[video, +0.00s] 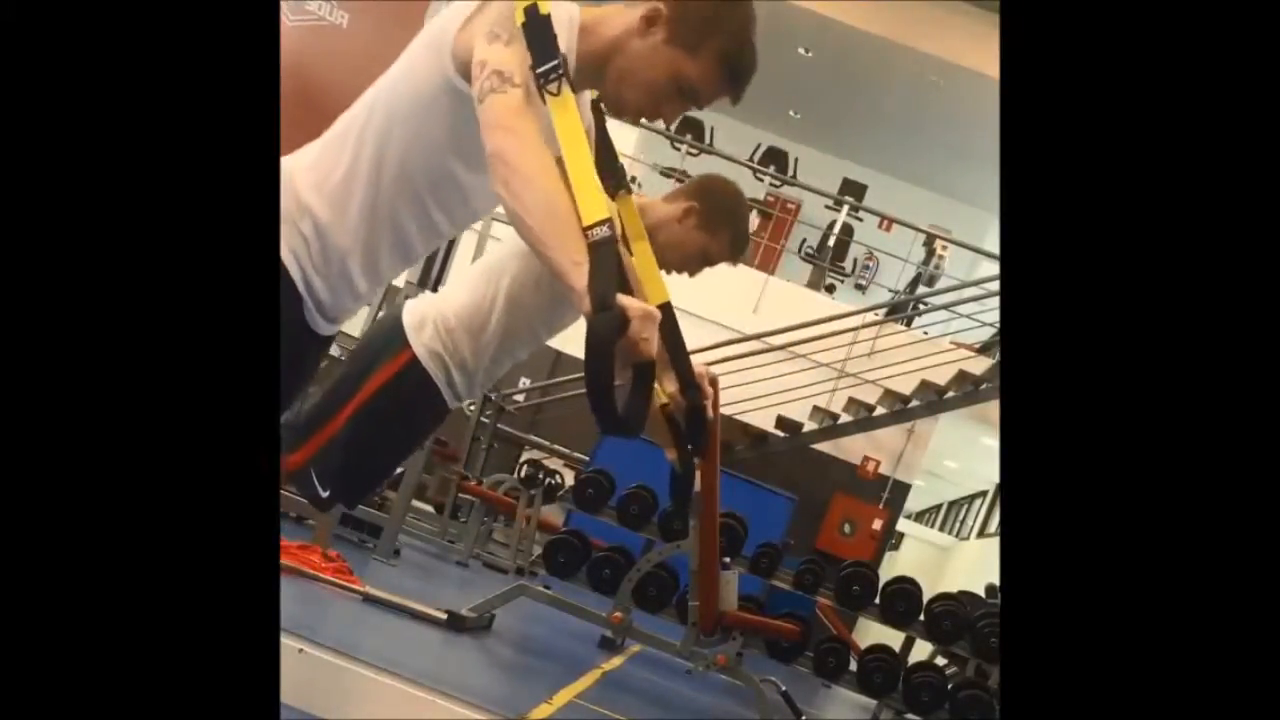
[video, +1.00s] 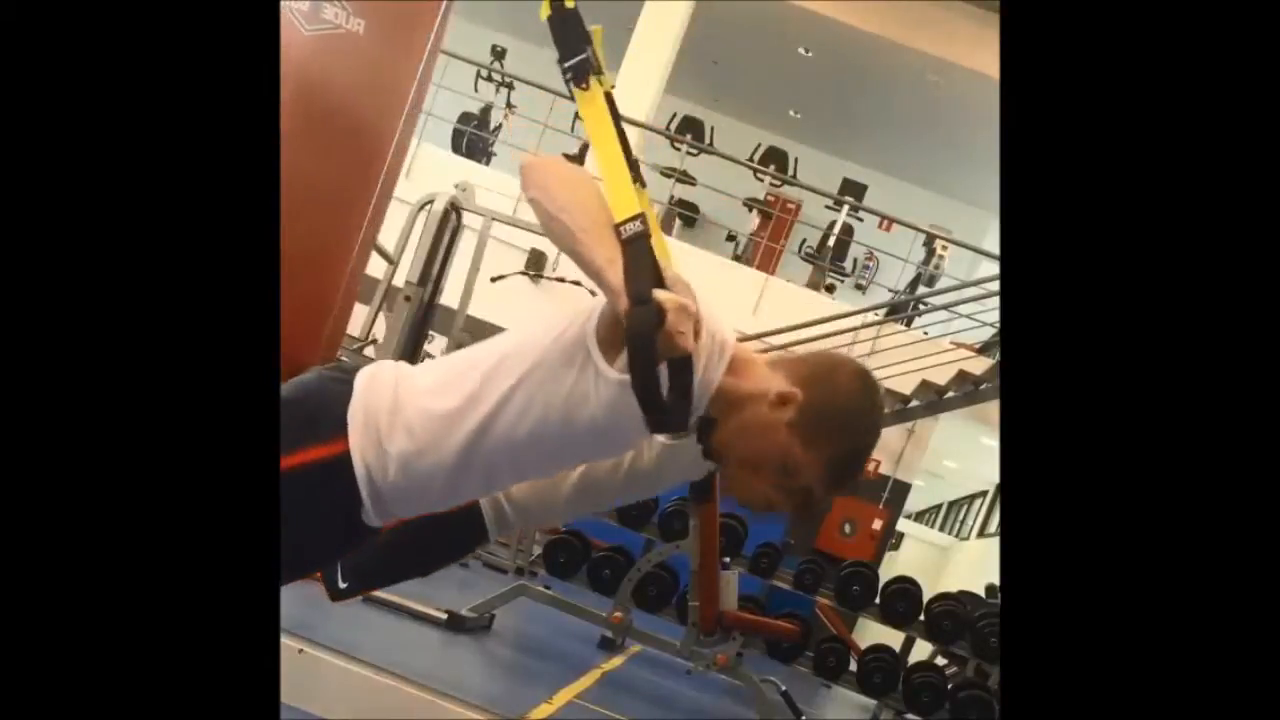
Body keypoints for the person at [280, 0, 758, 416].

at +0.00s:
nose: (671, 119)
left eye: (688, 111)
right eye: (683, 96)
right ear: (655, 22)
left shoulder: (574, 111)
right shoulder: (511, 17)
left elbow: (620, 236)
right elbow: (511, 149)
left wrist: (672, 364)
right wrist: (602, 297)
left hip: (321, 313)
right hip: (285, 259)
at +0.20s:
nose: (700, 174)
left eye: (719, 165)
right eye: (712, 151)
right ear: (686, 81)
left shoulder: (603, 160)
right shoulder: (557, 55)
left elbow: (620, 266)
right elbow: (513, 139)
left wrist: (669, 365)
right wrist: (622, 279)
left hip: (336, 340)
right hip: (292, 275)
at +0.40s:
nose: (740, 278)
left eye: (756, 273)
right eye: (752, 259)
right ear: (730, 190)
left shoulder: (645, 248)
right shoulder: (624, 147)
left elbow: (640, 312)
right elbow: (529, 124)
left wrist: (685, 356)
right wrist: (650, 255)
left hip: (354, 386)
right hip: (314, 326)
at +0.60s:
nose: (754, 374)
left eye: (775, 372)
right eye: (774, 358)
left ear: (761, 289)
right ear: (764, 292)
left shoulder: (679, 323)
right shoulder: (667, 238)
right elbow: (531, 129)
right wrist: (636, 257)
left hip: (372, 443)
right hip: (331, 385)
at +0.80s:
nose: (772, 473)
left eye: (793, 469)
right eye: (790, 448)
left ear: (779, 368)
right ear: (781, 373)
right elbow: (535, 153)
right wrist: (623, 279)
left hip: (369, 487)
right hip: (334, 425)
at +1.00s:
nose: (760, 497)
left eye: (782, 497)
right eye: (782, 480)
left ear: (779, 398)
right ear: (781, 406)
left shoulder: (704, 425)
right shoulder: (678, 320)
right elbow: (543, 173)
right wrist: (637, 295)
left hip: (371, 496)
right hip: (337, 447)